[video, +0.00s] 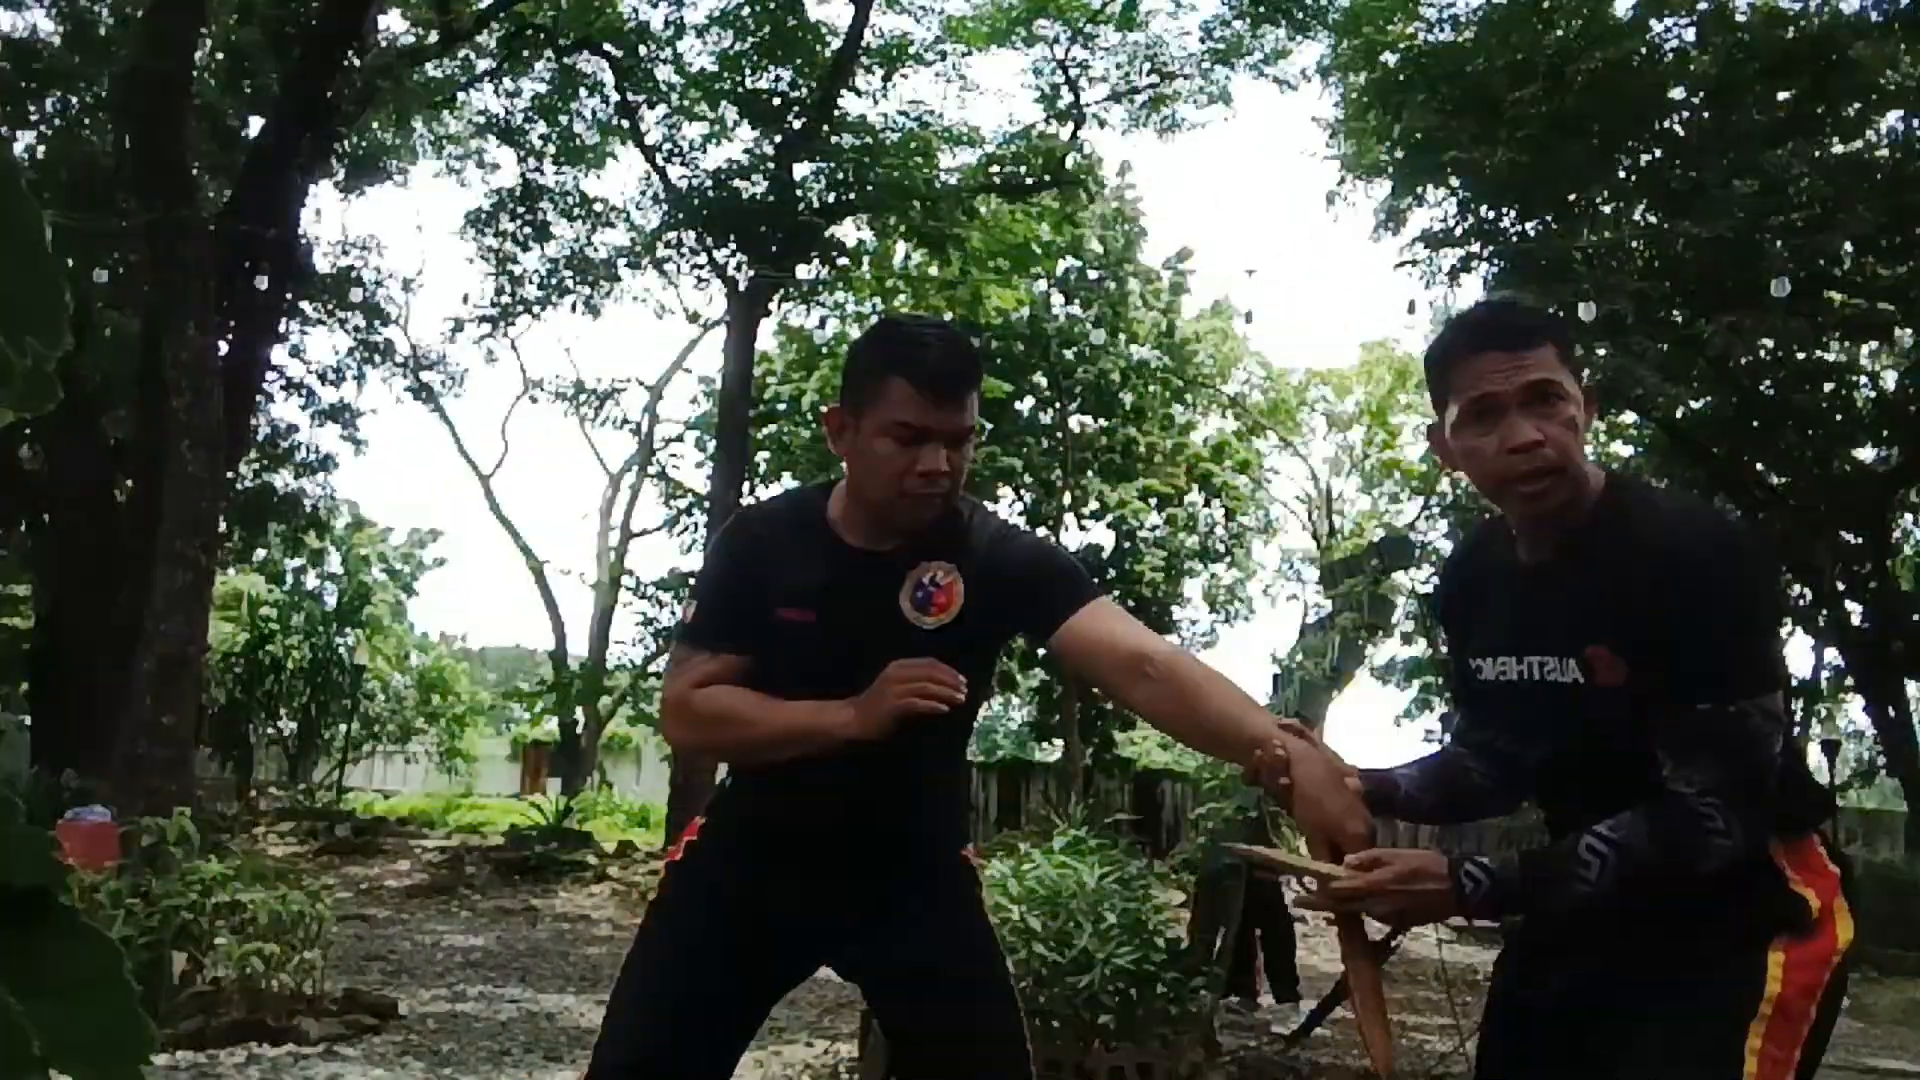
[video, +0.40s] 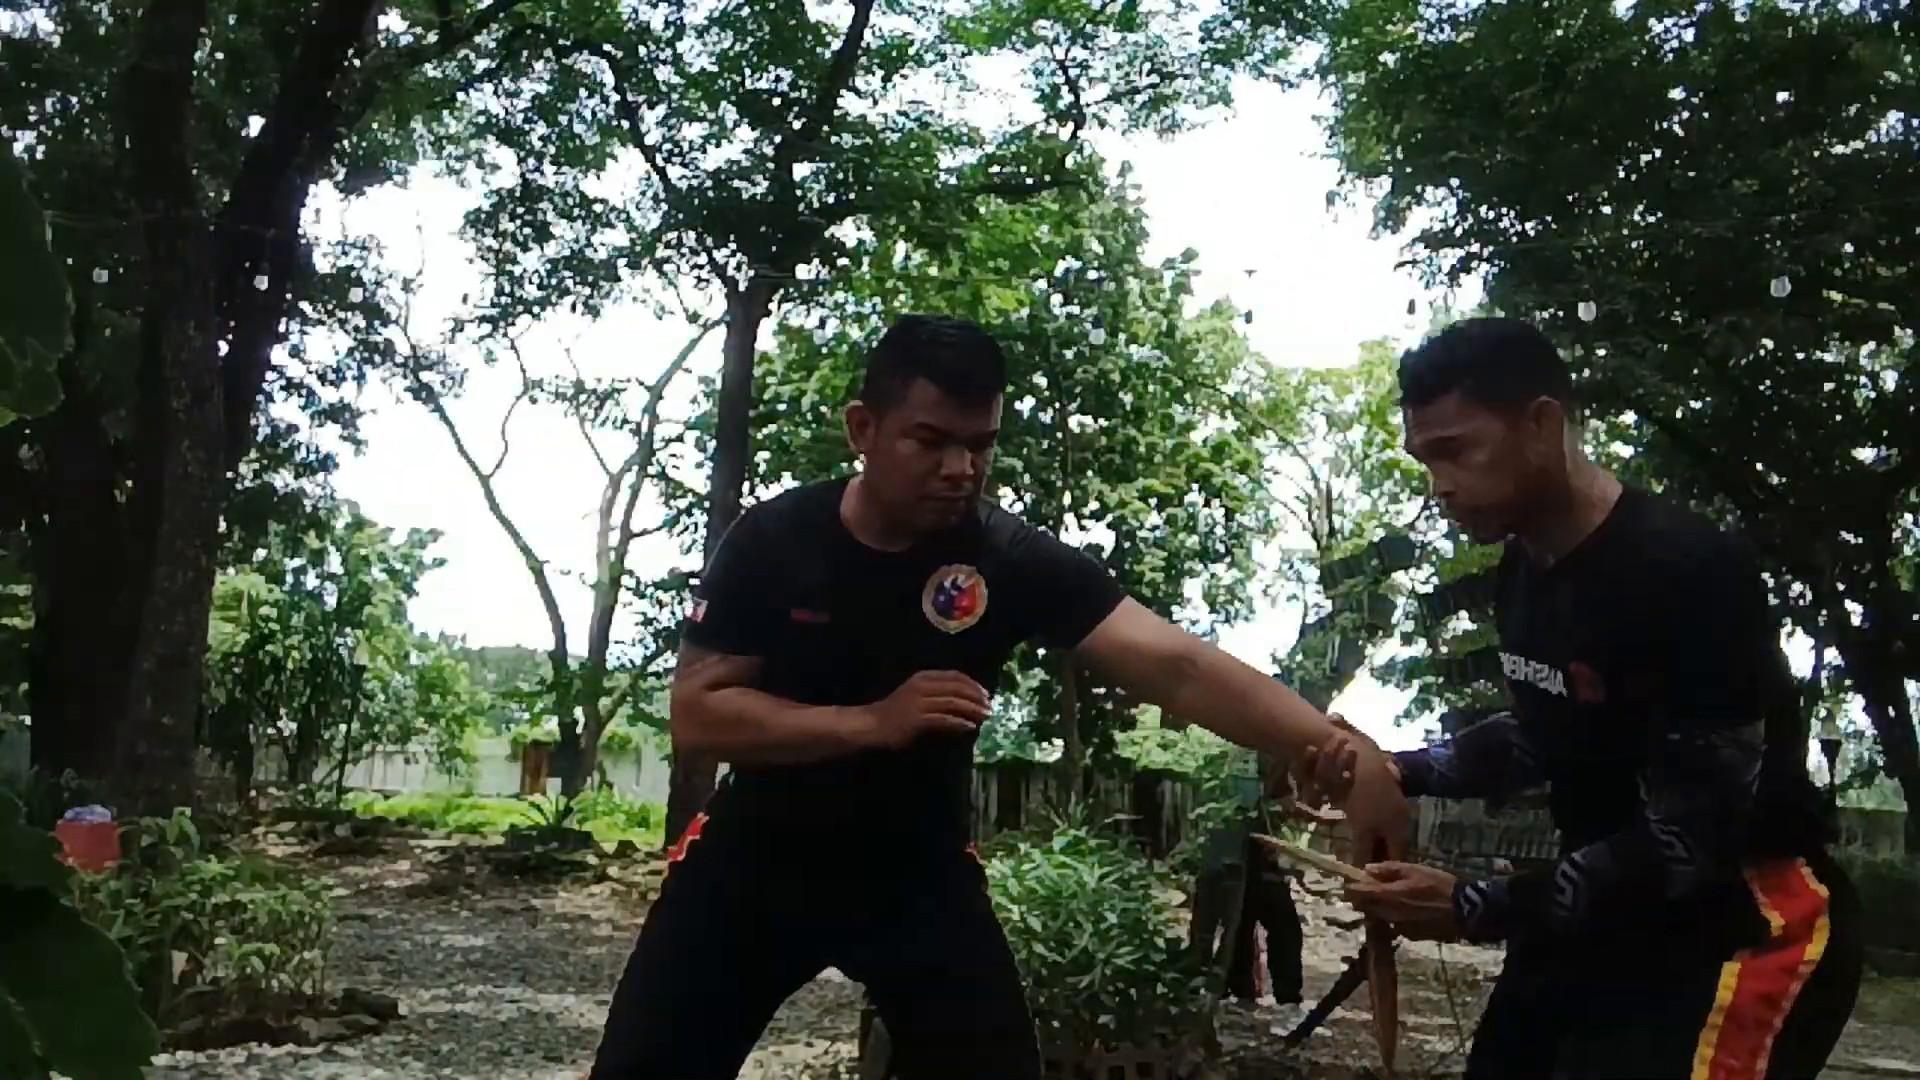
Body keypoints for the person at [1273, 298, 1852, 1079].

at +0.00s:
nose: (1523, 435)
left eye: (1543, 399)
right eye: (1485, 414)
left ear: (1584, 408)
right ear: (1448, 451)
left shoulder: (1701, 550)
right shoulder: (1474, 580)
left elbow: (1722, 816)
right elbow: (1499, 763)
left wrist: (1475, 887)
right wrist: (1361, 790)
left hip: (1752, 909)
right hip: (1588, 896)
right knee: (1516, 1063)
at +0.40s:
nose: (1437, 489)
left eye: (1452, 454)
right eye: (1426, 464)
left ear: (1544, 426)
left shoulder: (1690, 569)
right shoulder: (1525, 568)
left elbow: (1697, 832)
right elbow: (1546, 738)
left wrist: (1480, 908)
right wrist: (1398, 770)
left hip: (1751, 920)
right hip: (1617, 893)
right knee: (1504, 1062)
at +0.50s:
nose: (1389, 514)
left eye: (1397, 481)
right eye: (1381, 488)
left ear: (1474, 453)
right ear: (1477, 456)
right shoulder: (1557, 570)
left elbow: (1591, 848)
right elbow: (1535, 735)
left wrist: (1422, 897)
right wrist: (1406, 745)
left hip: (1702, 931)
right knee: (1490, 1058)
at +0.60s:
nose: (1357, 530)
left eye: (1361, 502)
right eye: (1349, 507)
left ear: (1431, 479)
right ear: (1435, 478)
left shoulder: (1469, 625)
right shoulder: (1591, 552)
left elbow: (1426, 851)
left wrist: (1327, 872)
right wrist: (1397, 712)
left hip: (1612, 932)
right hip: (1699, 915)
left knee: (1447, 1065)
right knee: (1446, 1051)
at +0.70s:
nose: (1339, 546)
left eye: (1343, 518)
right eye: (1333, 524)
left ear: (1410, 494)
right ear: (1419, 491)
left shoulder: (1414, 639)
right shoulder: (1578, 567)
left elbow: (1345, 805)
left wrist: (1266, 872)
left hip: (1558, 933)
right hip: (1657, 921)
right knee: (1398, 1050)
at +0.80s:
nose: (1330, 558)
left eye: (1338, 530)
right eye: (1324, 538)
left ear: (1403, 509)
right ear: (1410, 509)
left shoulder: (1392, 626)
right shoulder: (1566, 585)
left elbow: (1271, 762)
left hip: (1526, 932)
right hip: (1627, 926)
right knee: (1371, 1063)